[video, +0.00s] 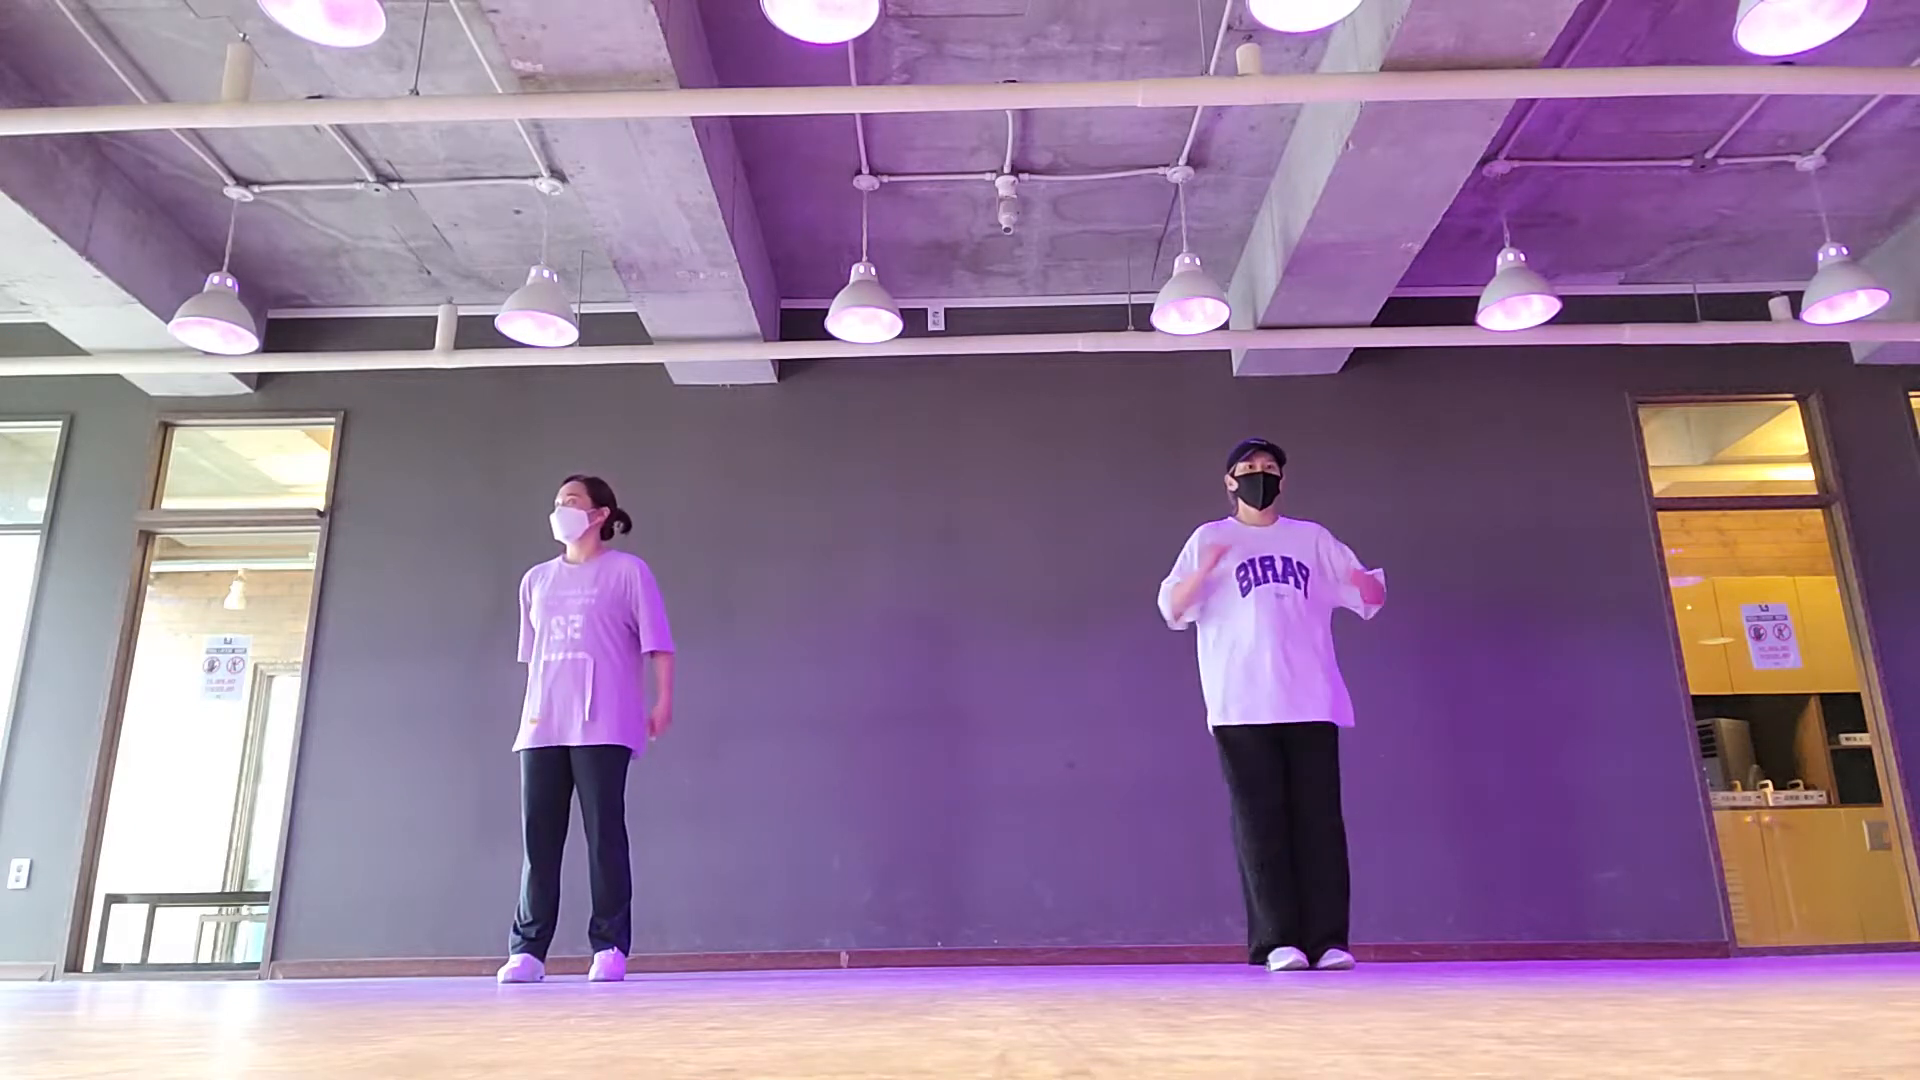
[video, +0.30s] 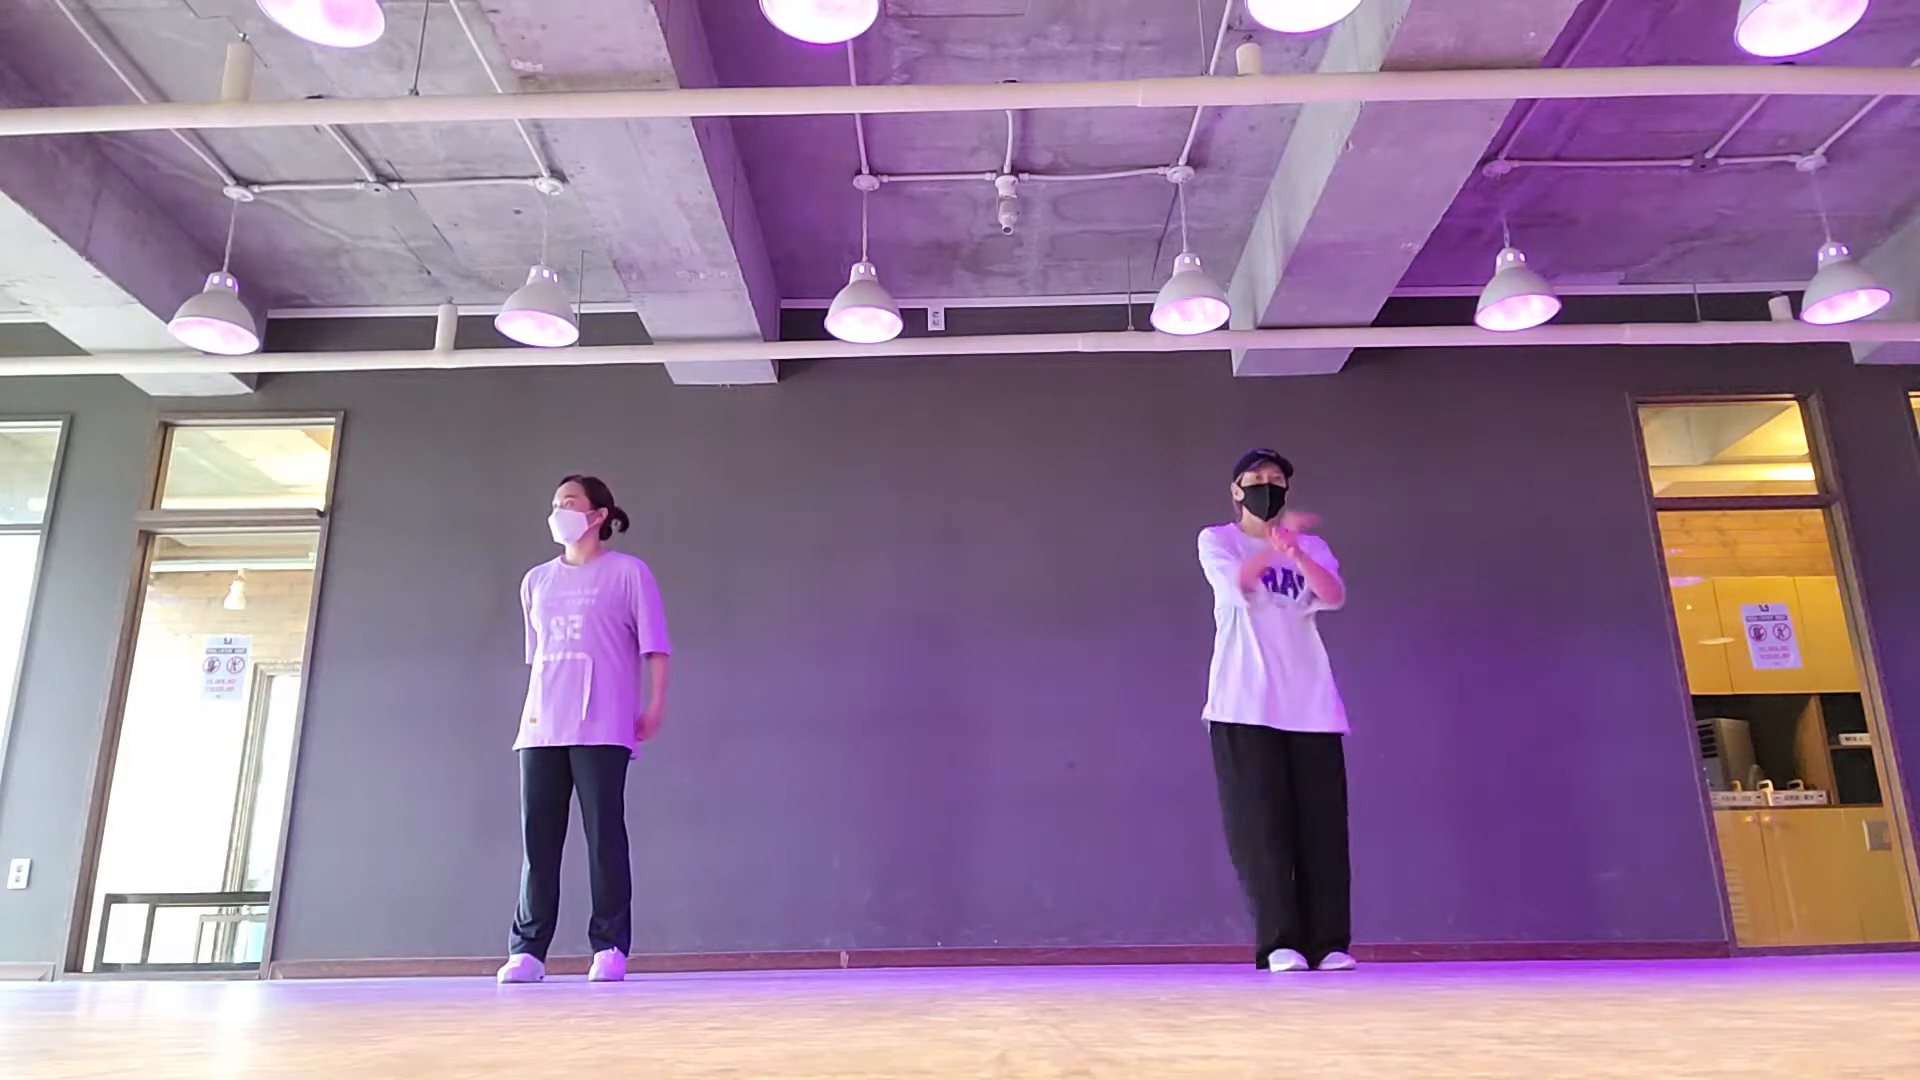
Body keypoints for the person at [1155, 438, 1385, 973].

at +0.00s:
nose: (1260, 478)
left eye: (1269, 470)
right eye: (1249, 470)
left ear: (1281, 479)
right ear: (1231, 481)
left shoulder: (1313, 538)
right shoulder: (1209, 539)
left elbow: (1368, 597)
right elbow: (1172, 610)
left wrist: (1369, 584)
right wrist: (1205, 566)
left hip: (1311, 704)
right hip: (1242, 707)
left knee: (1319, 821)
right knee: (1262, 827)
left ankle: (1328, 942)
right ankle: (1276, 945)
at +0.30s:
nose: (1266, 489)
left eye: (1275, 482)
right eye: (1255, 481)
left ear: (1287, 491)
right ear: (1236, 491)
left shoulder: (1309, 543)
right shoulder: (1217, 539)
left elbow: (1334, 596)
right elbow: (1235, 584)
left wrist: (1294, 552)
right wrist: (1277, 539)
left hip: (1312, 707)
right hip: (1246, 707)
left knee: (1323, 827)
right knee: (1263, 831)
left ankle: (1328, 946)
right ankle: (1278, 947)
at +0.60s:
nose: (1271, 479)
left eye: (1280, 472)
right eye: (1261, 471)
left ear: (1292, 483)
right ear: (1241, 482)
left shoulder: (1318, 545)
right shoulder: (1218, 532)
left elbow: (1372, 609)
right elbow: (1175, 556)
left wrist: (1345, 554)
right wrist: (1170, 514)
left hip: (1310, 705)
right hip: (1244, 703)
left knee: (1314, 825)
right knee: (1261, 827)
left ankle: (1321, 942)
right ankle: (1272, 944)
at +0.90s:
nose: (1264, 488)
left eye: (1273, 481)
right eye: (1253, 481)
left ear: (1284, 491)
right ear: (1234, 491)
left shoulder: (1316, 548)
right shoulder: (1214, 547)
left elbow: (1376, 592)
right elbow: (1194, 619)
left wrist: (1361, 525)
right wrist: (1208, 660)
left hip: (1318, 713)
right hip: (1251, 714)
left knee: (1331, 830)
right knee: (1269, 834)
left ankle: (1331, 944)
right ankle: (1279, 947)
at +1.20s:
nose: (1238, 476)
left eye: (1247, 468)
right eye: (1227, 474)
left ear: (1265, 479)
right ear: (1216, 495)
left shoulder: (1316, 524)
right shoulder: (1207, 552)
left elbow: (1384, 503)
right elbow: (1182, 627)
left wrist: (1434, 464)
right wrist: (1233, 621)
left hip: (1313, 705)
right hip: (1244, 714)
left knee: (1314, 826)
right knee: (1257, 831)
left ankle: (1323, 944)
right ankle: (1273, 944)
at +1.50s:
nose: (1229, 492)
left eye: (1238, 482)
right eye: (1219, 488)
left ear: (1258, 488)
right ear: (1210, 502)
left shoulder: (1300, 535)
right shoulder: (1204, 559)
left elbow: (1319, 609)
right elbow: (1211, 629)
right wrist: (1265, 592)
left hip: (1315, 708)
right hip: (1248, 714)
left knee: (1327, 825)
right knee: (1265, 831)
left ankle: (1330, 943)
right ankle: (1278, 945)